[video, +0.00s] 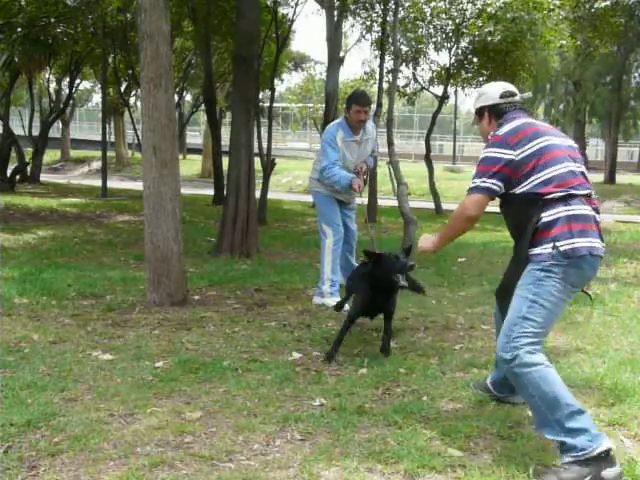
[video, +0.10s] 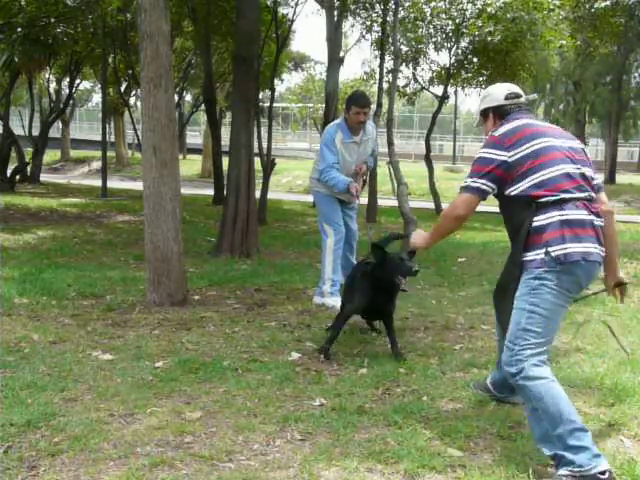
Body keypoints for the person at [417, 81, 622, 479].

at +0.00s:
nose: (480, 131)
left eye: (479, 122)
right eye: (479, 124)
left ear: (490, 116)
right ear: (515, 110)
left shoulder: (504, 138)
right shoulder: (551, 133)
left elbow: (471, 211)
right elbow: (585, 196)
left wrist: (438, 240)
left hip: (560, 246)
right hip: (583, 243)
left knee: (516, 350)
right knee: (509, 302)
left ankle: (588, 450)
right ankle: (506, 384)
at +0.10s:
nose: (484, 132)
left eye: (484, 124)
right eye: (483, 125)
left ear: (493, 118)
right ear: (523, 113)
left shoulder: (501, 140)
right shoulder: (566, 137)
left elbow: (461, 210)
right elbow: (603, 208)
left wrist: (427, 239)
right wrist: (612, 269)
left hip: (554, 252)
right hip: (589, 251)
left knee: (524, 361)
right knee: (525, 316)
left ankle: (583, 463)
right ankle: (505, 382)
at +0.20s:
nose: (486, 132)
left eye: (486, 124)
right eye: (485, 125)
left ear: (495, 117)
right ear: (528, 111)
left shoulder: (500, 141)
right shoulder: (574, 137)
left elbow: (456, 209)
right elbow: (617, 203)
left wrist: (422, 239)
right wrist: (634, 263)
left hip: (553, 254)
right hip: (595, 253)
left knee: (522, 362)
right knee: (532, 315)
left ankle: (584, 464)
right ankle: (505, 384)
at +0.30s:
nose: (487, 132)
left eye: (487, 125)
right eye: (487, 126)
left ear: (496, 118)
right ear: (528, 113)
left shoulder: (504, 139)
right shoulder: (573, 139)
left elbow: (472, 203)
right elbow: (615, 207)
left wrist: (430, 244)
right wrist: (632, 261)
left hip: (558, 254)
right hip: (596, 253)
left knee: (520, 362)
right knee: (523, 307)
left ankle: (583, 463)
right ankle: (520, 386)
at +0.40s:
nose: (482, 138)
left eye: (482, 130)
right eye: (481, 131)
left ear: (493, 126)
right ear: (519, 122)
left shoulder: (511, 140)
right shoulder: (539, 140)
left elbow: (508, 193)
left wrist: (461, 244)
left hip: (573, 249)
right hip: (595, 246)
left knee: (519, 355)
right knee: (525, 313)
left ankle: (581, 460)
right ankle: (525, 387)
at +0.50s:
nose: (479, 149)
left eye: (480, 140)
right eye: (478, 141)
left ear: (492, 135)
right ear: (505, 132)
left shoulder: (518, 144)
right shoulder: (533, 150)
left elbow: (540, 189)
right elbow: (528, 240)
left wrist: (494, 242)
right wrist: (498, 287)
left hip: (588, 249)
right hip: (591, 248)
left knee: (530, 347)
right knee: (527, 322)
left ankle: (592, 458)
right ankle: (525, 389)